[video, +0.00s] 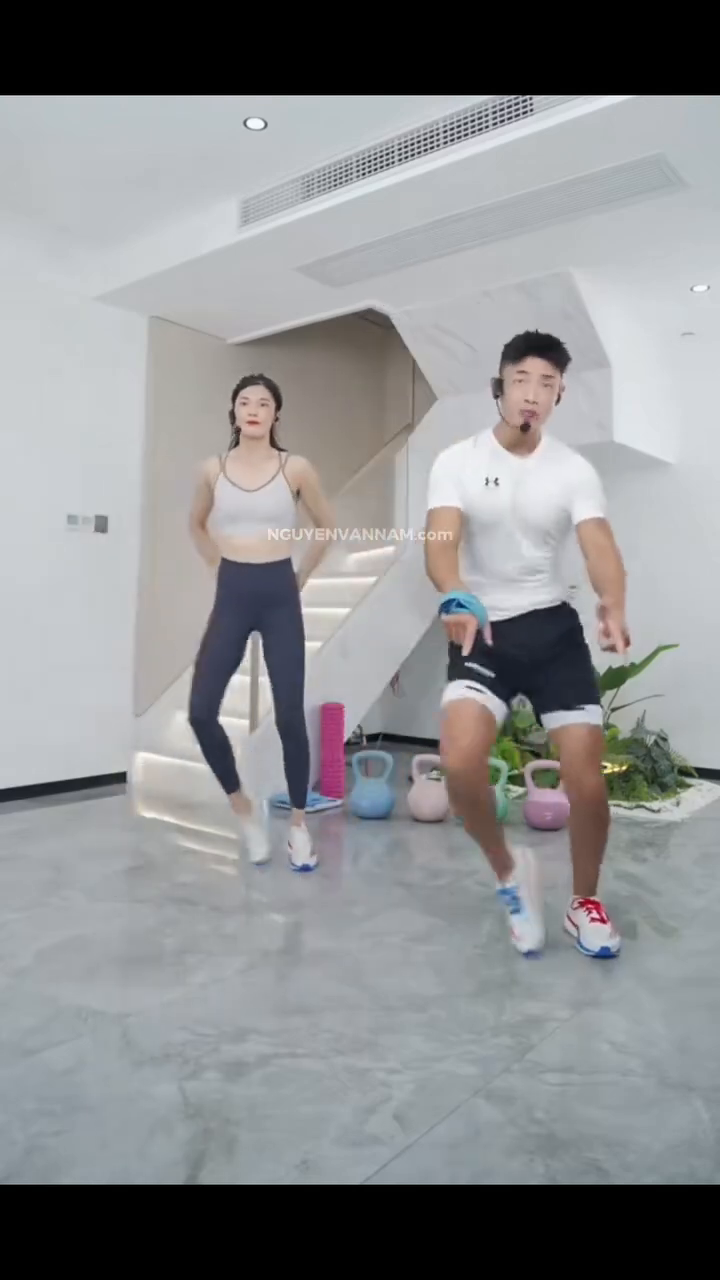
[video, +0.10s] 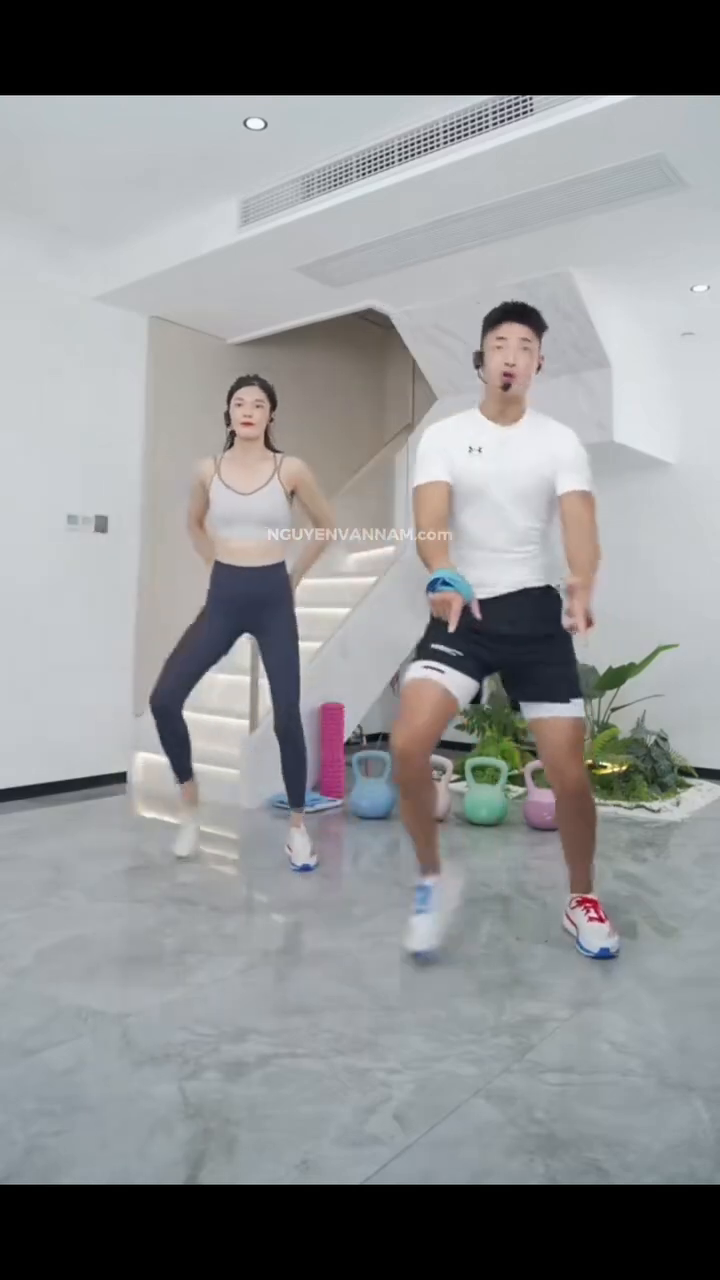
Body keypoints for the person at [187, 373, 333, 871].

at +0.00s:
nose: (253, 410)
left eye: (262, 403)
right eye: (245, 403)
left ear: (276, 414)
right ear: (233, 413)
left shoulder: (295, 469)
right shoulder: (215, 470)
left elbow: (328, 528)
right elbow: (196, 524)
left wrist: (299, 577)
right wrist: (221, 566)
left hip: (280, 593)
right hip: (232, 594)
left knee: (290, 716)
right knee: (201, 713)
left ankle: (298, 823)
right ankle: (243, 811)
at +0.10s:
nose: (249, 412)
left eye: (258, 405)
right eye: (241, 404)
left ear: (271, 416)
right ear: (228, 414)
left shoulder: (290, 470)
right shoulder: (209, 470)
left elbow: (327, 528)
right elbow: (195, 526)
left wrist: (293, 578)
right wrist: (221, 567)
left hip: (274, 599)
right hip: (224, 598)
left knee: (287, 715)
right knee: (164, 701)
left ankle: (297, 824)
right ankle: (190, 804)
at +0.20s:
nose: (236, 402)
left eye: (245, 395)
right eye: (228, 395)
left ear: (259, 406)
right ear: (216, 404)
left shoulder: (277, 460)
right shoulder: (197, 460)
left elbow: (314, 514)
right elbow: (173, 511)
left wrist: (279, 560)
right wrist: (199, 553)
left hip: (259, 588)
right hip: (208, 586)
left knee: (276, 708)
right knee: (153, 700)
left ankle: (296, 822)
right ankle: (133, 810)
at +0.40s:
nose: (201, 416)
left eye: (210, 410)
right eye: (194, 408)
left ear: (223, 420)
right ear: (180, 416)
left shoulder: (237, 477)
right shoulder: (156, 469)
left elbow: (277, 529)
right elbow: (108, 508)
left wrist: (238, 559)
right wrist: (141, 544)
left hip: (212, 604)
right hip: (159, 602)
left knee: (245, 715)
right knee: (127, 717)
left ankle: (292, 812)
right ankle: (95, 828)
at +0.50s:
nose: (185, 412)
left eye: (194, 406)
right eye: (178, 404)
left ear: (207, 415)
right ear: (164, 411)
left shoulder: (222, 472)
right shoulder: (137, 462)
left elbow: (258, 525)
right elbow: (80, 495)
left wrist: (215, 550)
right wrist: (119, 536)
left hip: (191, 601)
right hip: (140, 598)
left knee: (229, 712)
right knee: (113, 711)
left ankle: (253, 814)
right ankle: (92, 827)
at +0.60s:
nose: (176, 402)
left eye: (185, 395)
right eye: (168, 394)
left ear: (197, 404)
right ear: (153, 402)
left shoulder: (212, 459)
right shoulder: (129, 450)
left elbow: (252, 503)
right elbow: (67, 481)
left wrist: (210, 536)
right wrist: (110, 523)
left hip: (186, 586)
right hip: (134, 583)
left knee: (190, 705)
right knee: (112, 706)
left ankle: (190, 800)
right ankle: (92, 823)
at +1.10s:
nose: (212, 411)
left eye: (216, 403)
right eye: (203, 402)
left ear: (217, 407)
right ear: (177, 405)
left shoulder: (225, 456)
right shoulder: (145, 456)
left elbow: (274, 500)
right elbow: (133, 529)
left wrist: (233, 533)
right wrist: (157, 532)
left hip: (208, 591)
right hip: (158, 589)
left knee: (245, 704)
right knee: (124, 706)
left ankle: (272, 809)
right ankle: (95, 825)